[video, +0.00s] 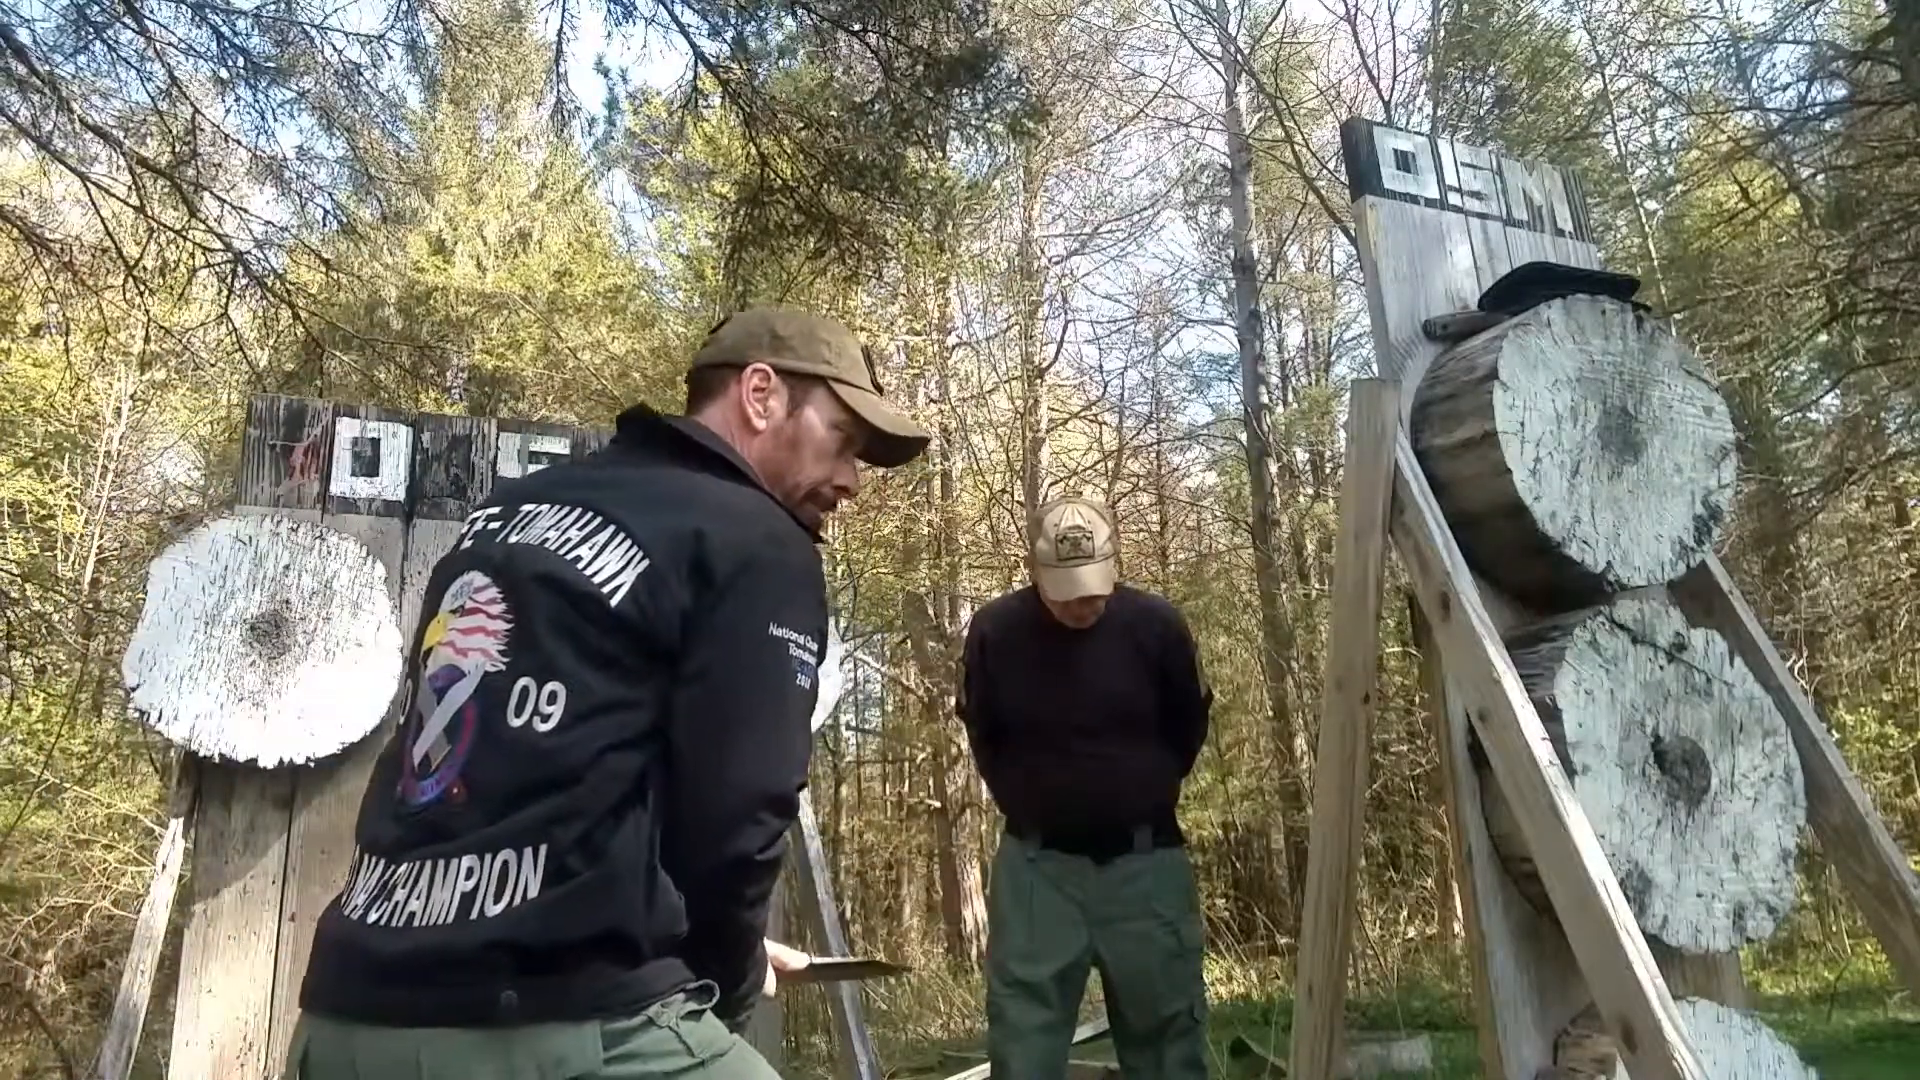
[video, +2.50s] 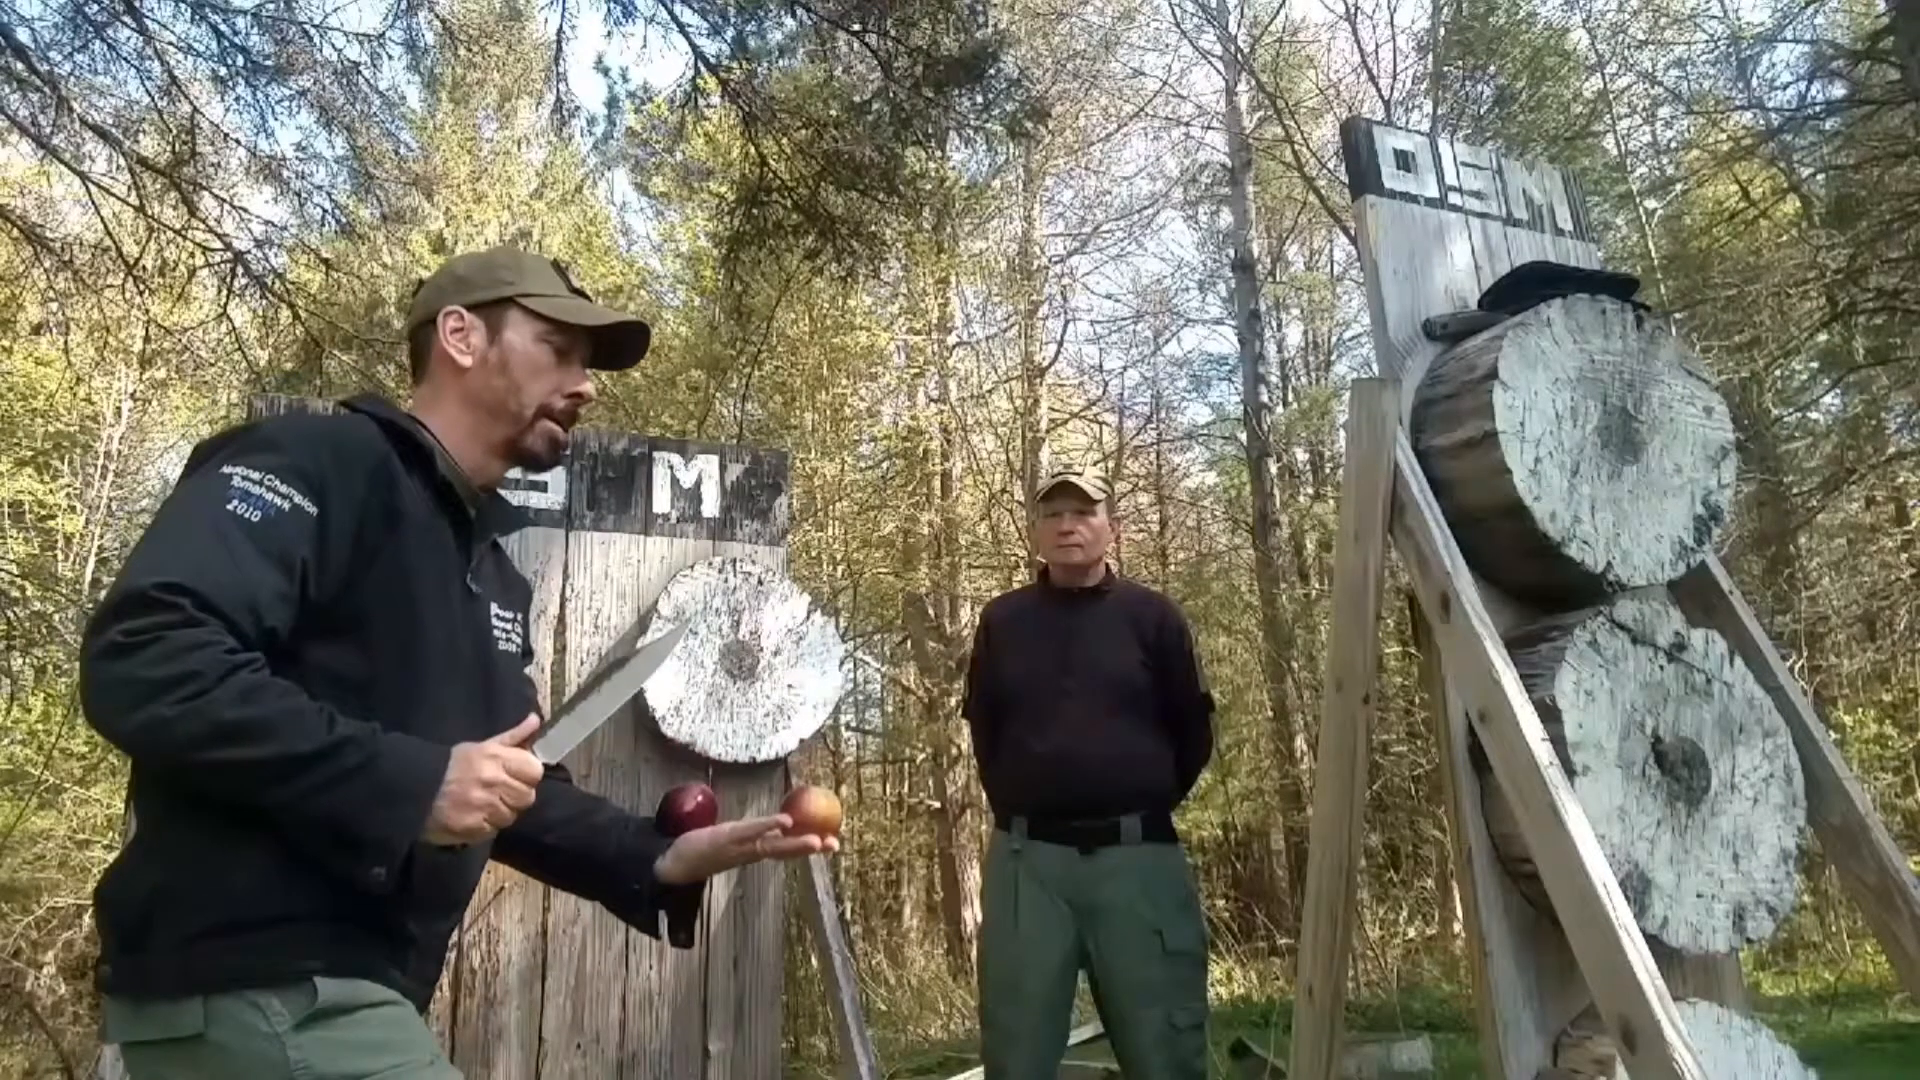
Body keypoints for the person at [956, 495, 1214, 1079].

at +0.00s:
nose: (1082, 606)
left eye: (1094, 593)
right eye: (1066, 595)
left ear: (1112, 567)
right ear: (1038, 573)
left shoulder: (1158, 624)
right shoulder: (994, 629)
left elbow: (1188, 723)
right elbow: (983, 730)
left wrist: (1141, 799)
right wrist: (1032, 808)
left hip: (1147, 876)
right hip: (1034, 876)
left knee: (1168, 1054)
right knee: (1022, 1058)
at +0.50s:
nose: (1026, 557)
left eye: (1037, 539)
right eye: (1010, 545)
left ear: (1061, 538)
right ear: (992, 554)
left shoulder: (1127, 612)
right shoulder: (971, 634)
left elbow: (1187, 717)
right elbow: (963, 749)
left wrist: (1164, 834)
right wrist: (971, 854)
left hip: (1133, 866)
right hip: (1016, 870)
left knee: (1160, 1054)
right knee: (1011, 1056)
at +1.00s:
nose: (1068, 526)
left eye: (1082, 513)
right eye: (1054, 516)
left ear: (1111, 530)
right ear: (1035, 535)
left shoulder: (1154, 616)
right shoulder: (1000, 619)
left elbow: (1193, 732)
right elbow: (982, 724)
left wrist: (1140, 811)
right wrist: (1022, 814)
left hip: (1139, 862)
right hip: (1026, 862)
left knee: (1163, 1057)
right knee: (1017, 1059)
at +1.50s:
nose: (1068, 525)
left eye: (1082, 513)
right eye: (1053, 515)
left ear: (1110, 530)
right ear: (1035, 533)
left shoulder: (1154, 615)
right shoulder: (1000, 619)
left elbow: (1193, 732)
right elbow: (982, 725)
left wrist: (1139, 812)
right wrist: (1023, 814)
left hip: (1140, 862)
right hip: (1026, 862)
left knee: (1164, 1058)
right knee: (1017, 1060)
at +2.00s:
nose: (1068, 524)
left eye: (1082, 512)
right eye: (1053, 515)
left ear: (1111, 530)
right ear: (1032, 534)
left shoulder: (1154, 615)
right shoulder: (1001, 618)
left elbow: (1194, 732)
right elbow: (982, 723)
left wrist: (1140, 812)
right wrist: (1024, 815)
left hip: (1140, 862)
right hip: (1026, 861)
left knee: (1164, 1058)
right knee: (1017, 1059)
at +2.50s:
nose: (1068, 525)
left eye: (1082, 513)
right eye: (1053, 515)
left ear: (1110, 529)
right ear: (1034, 534)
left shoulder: (1154, 615)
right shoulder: (1001, 619)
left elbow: (1194, 732)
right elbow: (983, 726)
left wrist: (1140, 813)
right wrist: (1026, 815)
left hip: (1139, 862)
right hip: (1025, 862)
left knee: (1164, 1058)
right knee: (1016, 1059)